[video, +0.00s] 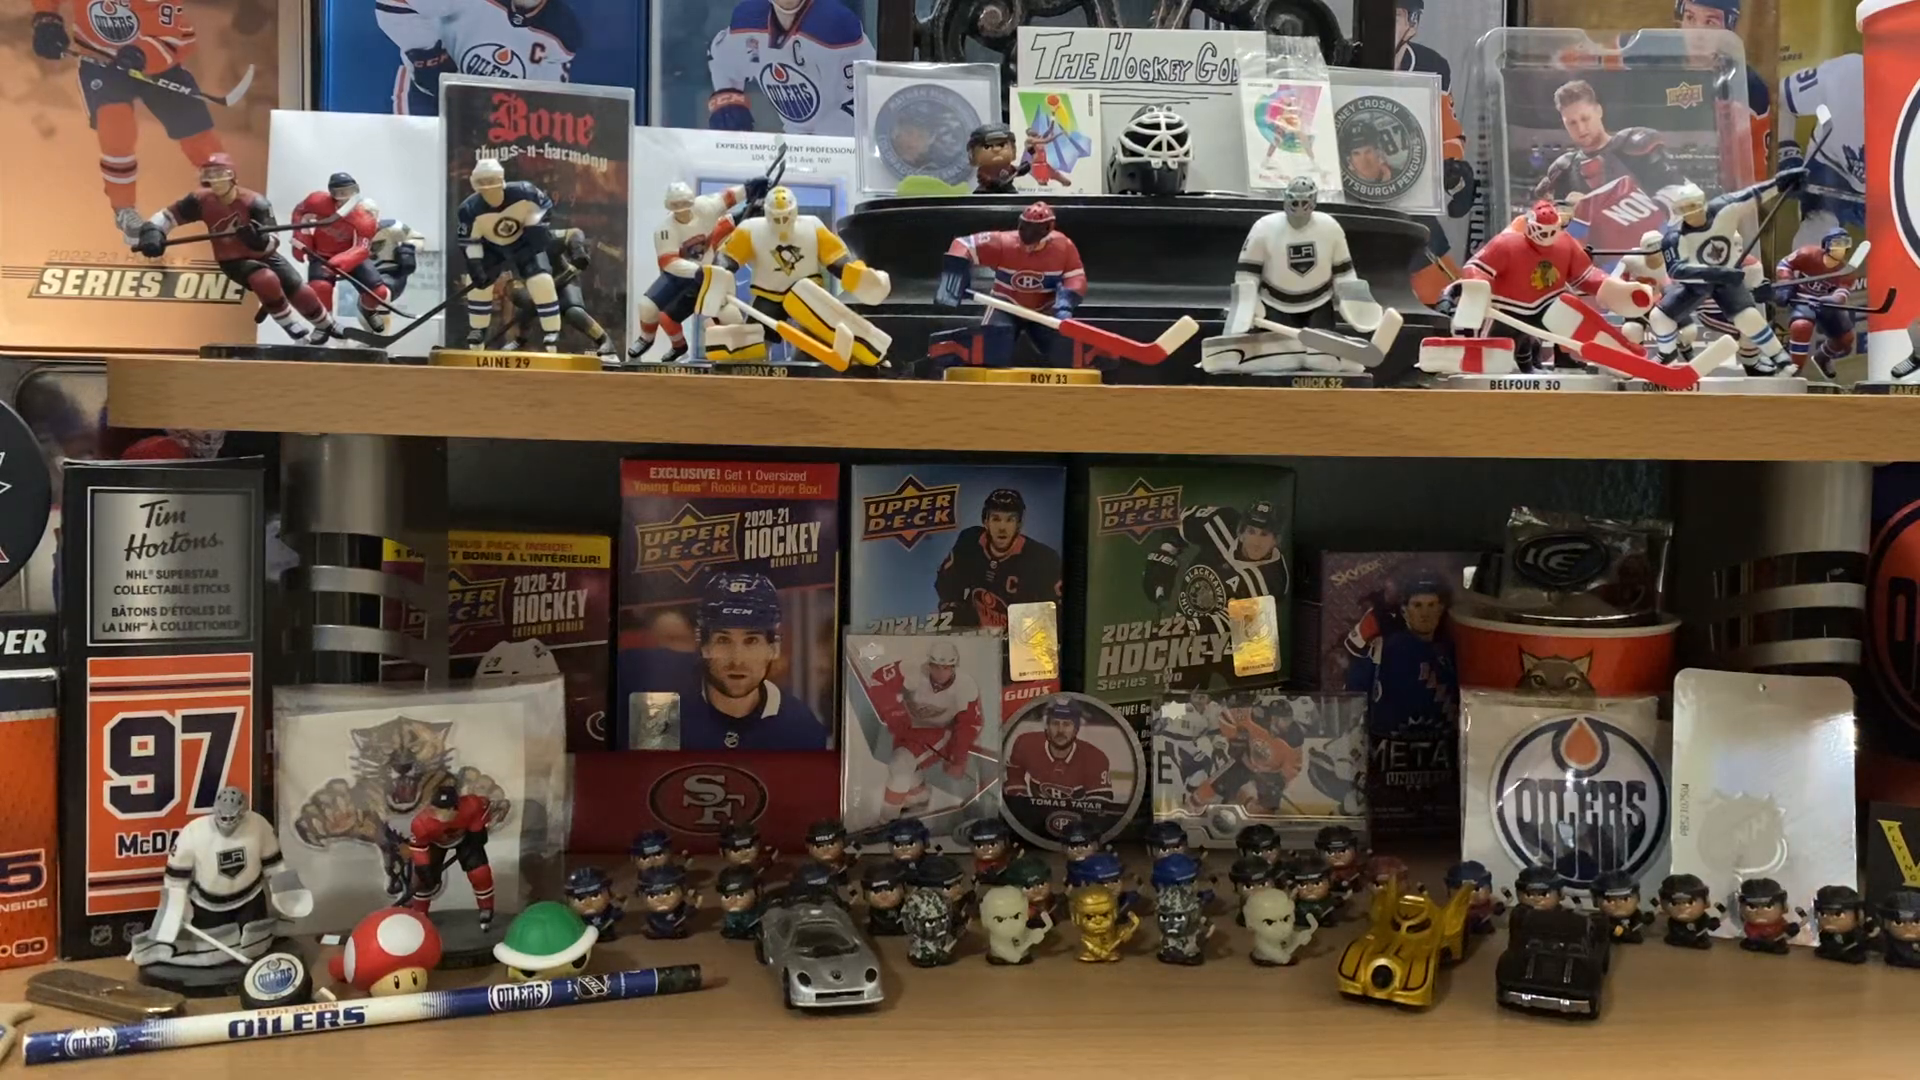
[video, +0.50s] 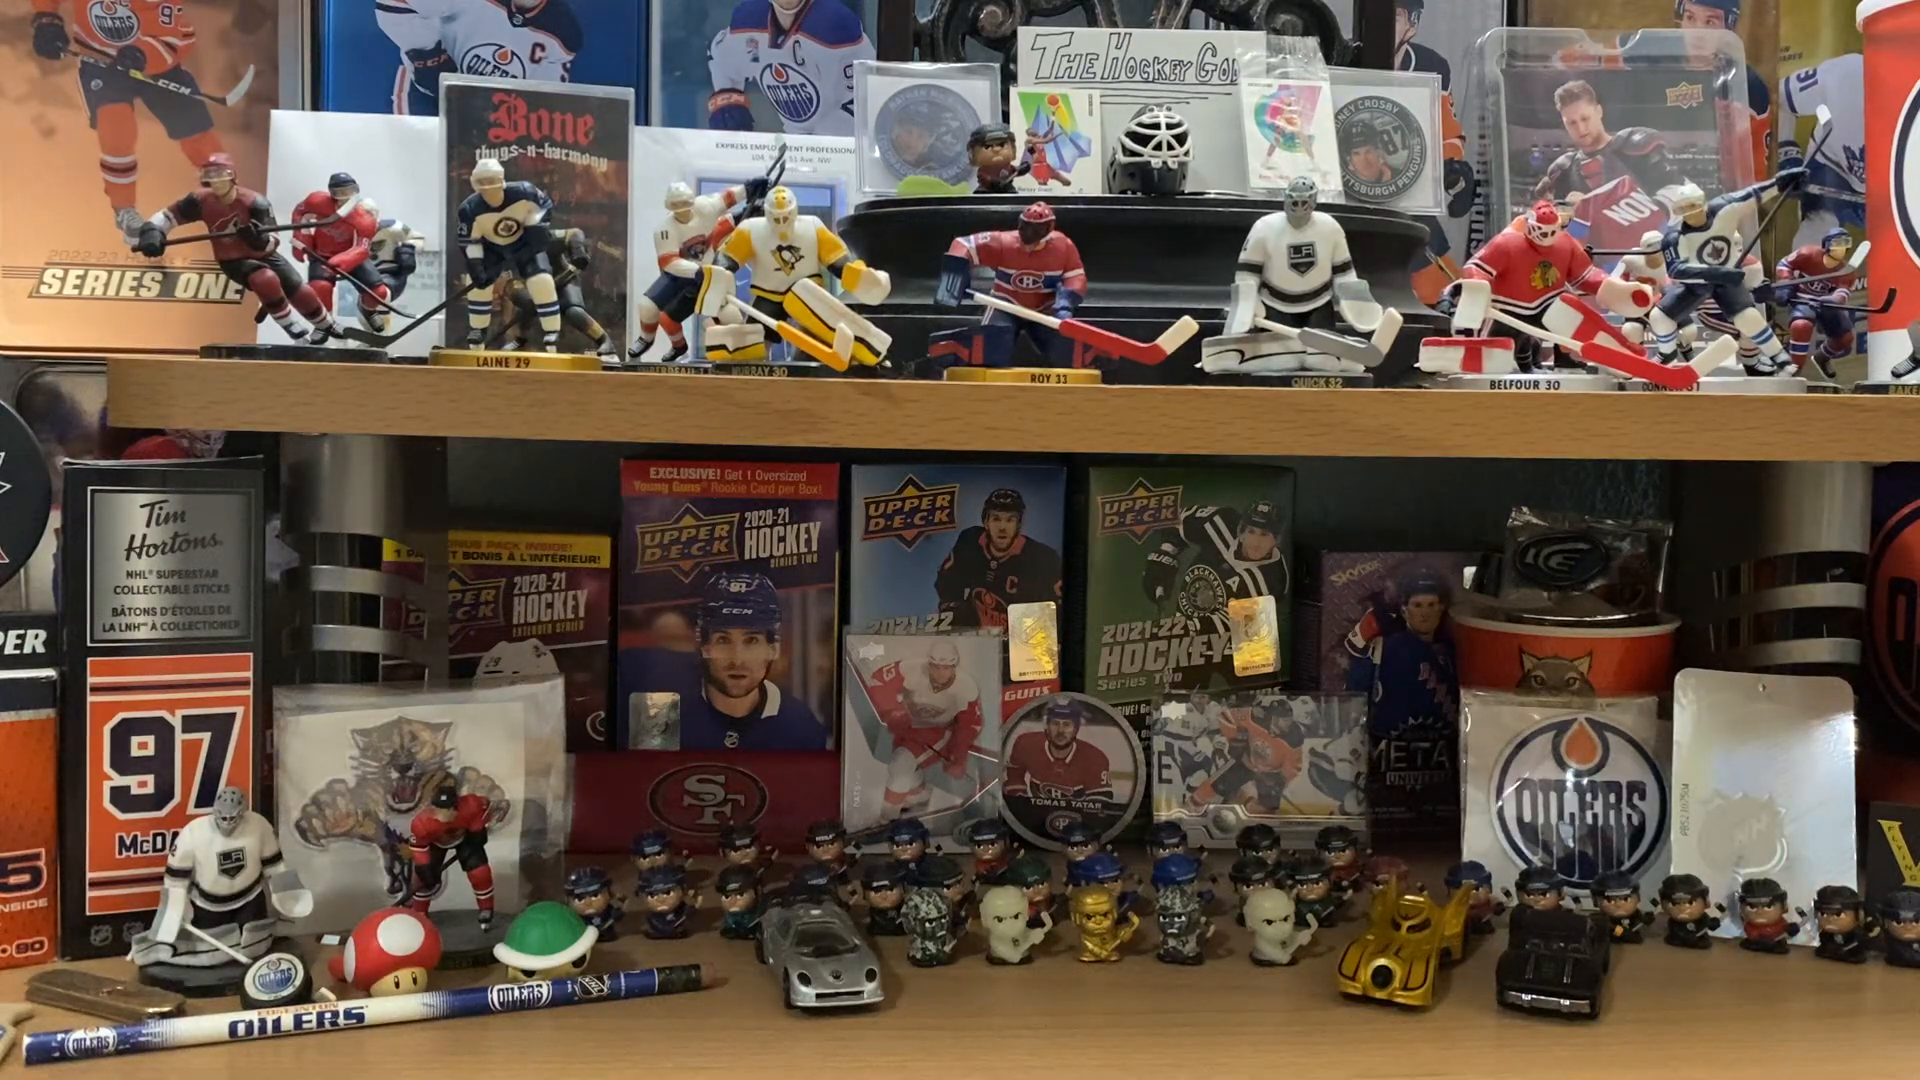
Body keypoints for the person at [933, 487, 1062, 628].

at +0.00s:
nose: (1002, 527)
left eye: (1009, 520)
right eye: (996, 520)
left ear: (1019, 524)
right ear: (985, 522)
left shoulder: (1042, 559)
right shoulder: (969, 541)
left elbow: (1051, 604)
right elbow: (946, 577)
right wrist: (950, 607)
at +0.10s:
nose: (1002, 527)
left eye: (1009, 520)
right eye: (996, 520)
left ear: (1019, 524)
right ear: (986, 522)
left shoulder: (1042, 558)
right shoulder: (969, 541)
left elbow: (1051, 604)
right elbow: (946, 576)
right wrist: (950, 606)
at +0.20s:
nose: (1002, 527)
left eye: (1009, 520)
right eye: (996, 519)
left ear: (1019, 524)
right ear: (985, 522)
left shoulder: (1042, 558)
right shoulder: (969, 541)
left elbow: (1052, 604)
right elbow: (946, 577)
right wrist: (950, 607)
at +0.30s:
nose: (1002, 527)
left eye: (1009, 520)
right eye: (996, 519)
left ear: (1019, 524)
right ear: (986, 522)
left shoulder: (1043, 559)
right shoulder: (969, 541)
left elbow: (1050, 604)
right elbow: (946, 576)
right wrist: (950, 606)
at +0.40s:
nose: (1002, 527)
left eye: (1009, 520)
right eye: (996, 519)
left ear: (1019, 524)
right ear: (986, 522)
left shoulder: (1042, 558)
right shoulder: (969, 541)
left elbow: (1051, 604)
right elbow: (946, 577)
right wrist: (950, 607)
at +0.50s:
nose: (1003, 527)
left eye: (1009, 520)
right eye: (996, 519)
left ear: (1019, 524)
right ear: (986, 522)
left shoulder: (1043, 559)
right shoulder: (969, 541)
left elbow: (1051, 604)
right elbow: (945, 578)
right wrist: (951, 607)